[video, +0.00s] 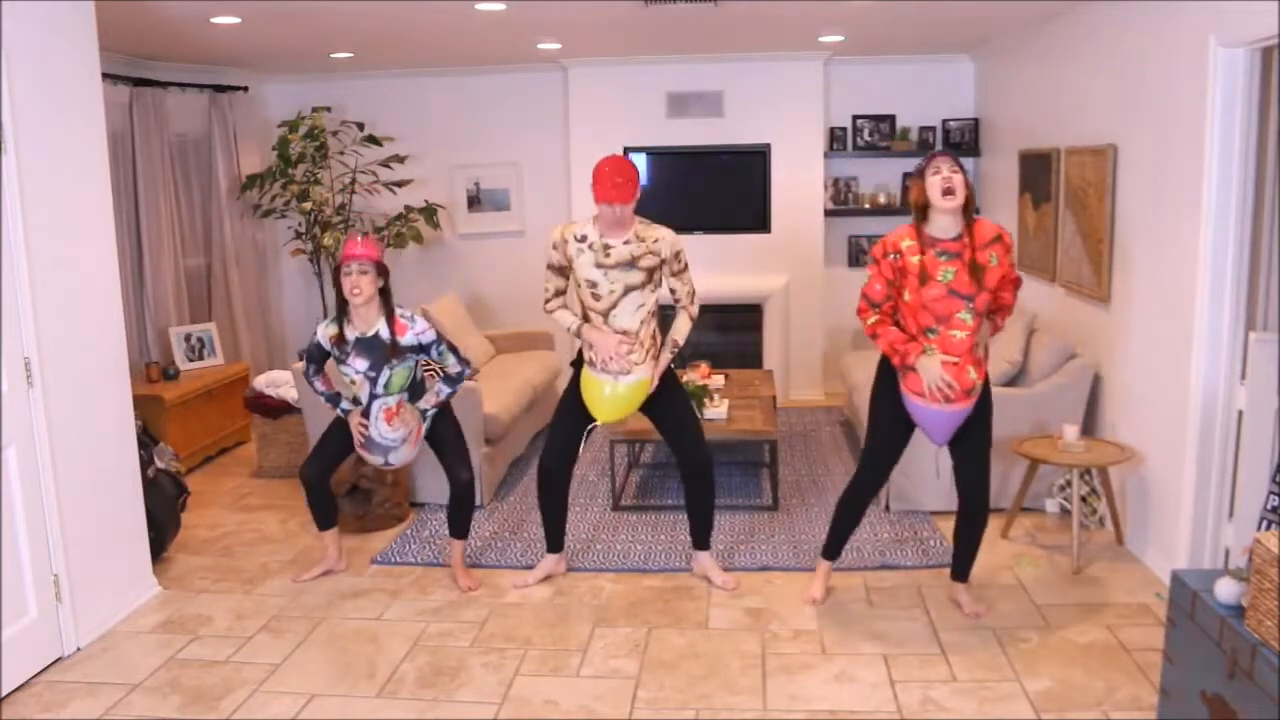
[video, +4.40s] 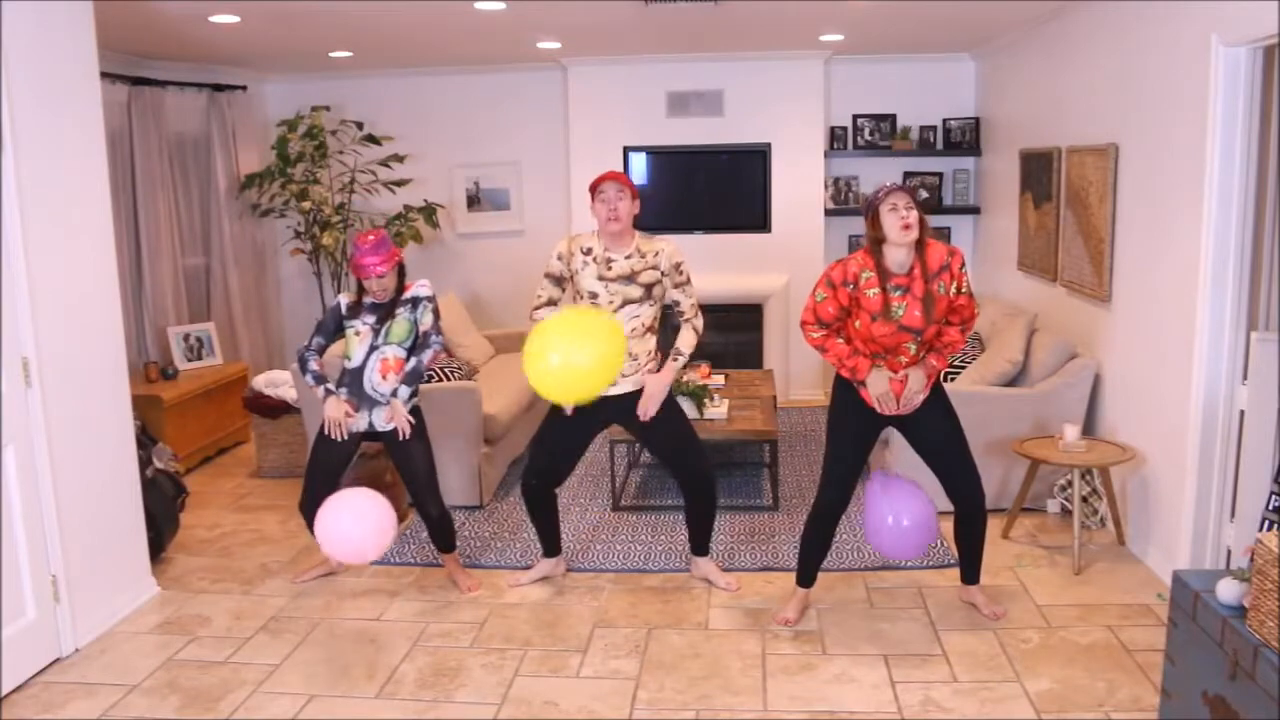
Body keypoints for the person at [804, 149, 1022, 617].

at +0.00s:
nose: (946, 177)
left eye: (954, 171)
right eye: (935, 173)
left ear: (967, 186)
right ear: (921, 190)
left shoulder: (991, 239)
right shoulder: (896, 246)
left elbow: (1008, 288)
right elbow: (871, 311)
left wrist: (987, 327)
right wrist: (915, 356)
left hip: (969, 374)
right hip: (905, 370)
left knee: (975, 489)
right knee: (872, 473)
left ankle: (960, 580)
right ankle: (825, 564)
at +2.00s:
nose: (920, 208)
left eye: (928, 200)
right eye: (912, 198)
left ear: (936, 202)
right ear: (890, 195)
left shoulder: (948, 238)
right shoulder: (856, 235)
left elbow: (973, 298)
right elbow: (812, 290)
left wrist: (938, 324)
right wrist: (868, 318)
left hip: (922, 370)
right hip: (861, 368)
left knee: (967, 487)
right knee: (832, 486)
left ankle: (971, 584)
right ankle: (801, 591)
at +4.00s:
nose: (909, 211)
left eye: (914, 205)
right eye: (897, 206)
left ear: (923, 217)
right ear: (878, 220)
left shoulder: (947, 259)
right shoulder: (853, 270)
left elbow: (964, 318)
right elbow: (815, 326)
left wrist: (933, 363)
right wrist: (866, 370)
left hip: (924, 384)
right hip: (861, 384)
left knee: (973, 492)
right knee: (833, 492)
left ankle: (971, 585)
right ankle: (801, 594)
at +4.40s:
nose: (906, 215)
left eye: (910, 207)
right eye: (894, 210)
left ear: (921, 218)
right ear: (876, 224)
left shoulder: (946, 261)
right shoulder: (849, 271)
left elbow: (960, 324)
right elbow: (815, 326)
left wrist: (926, 368)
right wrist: (865, 370)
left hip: (921, 388)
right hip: (859, 388)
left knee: (969, 493)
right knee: (832, 496)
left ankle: (970, 585)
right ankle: (801, 593)